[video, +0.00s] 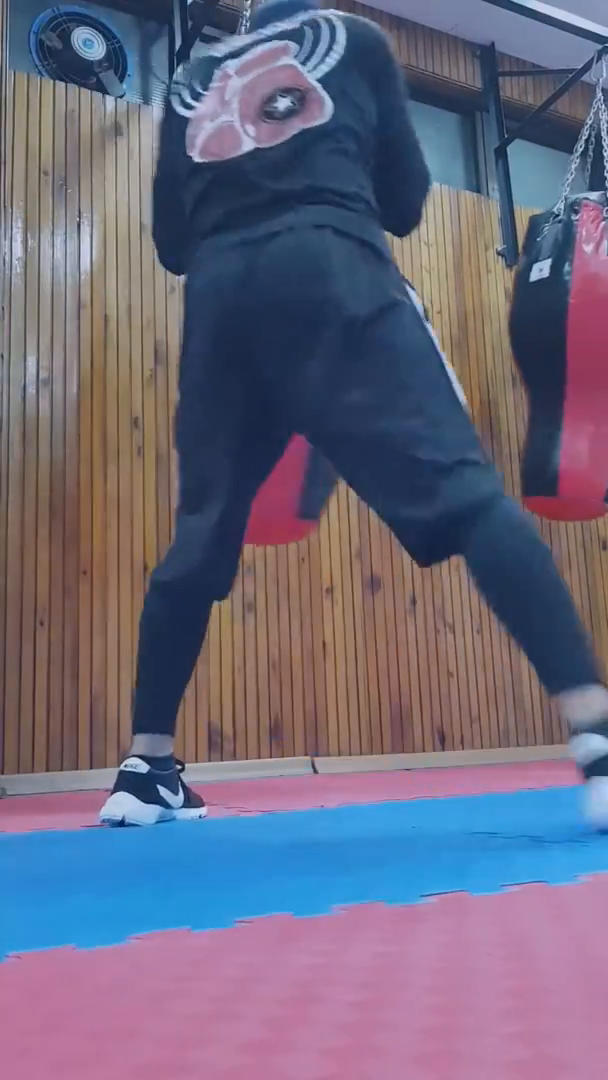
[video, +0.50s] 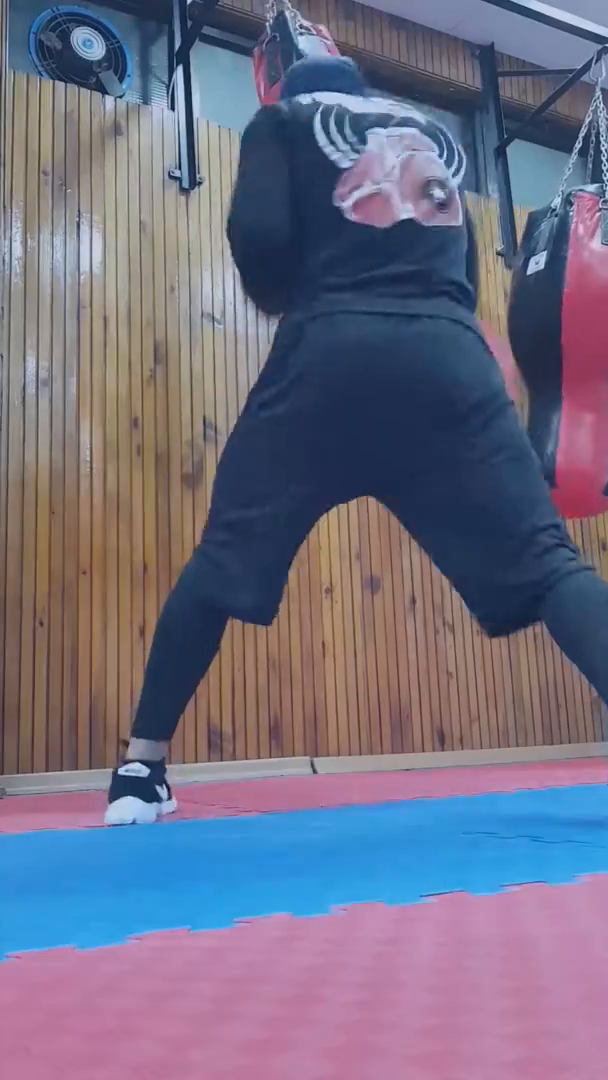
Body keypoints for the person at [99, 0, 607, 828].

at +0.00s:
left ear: (234, 14)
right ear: (307, 3)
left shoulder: (189, 76)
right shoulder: (352, 34)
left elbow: (172, 238)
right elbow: (403, 198)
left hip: (215, 286)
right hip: (330, 262)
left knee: (202, 530)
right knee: (466, 496)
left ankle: (145, 764)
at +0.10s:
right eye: (388, 31)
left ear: (306, 36)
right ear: (379, 27)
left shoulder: (251, 102)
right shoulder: (408, 62)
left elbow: (190, 242)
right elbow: (438, 233)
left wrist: (286, 246)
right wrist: (361, 259)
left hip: (244, 318)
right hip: (363, 293)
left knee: (220, 542)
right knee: (513, 515)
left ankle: (145, 760)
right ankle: (606, 716)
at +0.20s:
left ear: (330, 39)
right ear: (409, 30)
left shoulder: (272, 93)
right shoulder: (443, 62)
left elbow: (210, 231)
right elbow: (459, 228)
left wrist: (312, 223)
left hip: (268, 313)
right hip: (389, 294)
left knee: (231, 539)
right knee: (533, 515)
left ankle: (146, 752)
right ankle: (606, 714)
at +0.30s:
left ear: (314, 26)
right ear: (396, 22)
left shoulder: (266, 80)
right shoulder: (452, 66)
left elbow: (231, 239)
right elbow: (478, 220)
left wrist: (325, 203)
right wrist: (386, 191)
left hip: (293, 309)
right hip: (417, 298)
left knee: (224, 538)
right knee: (537, 521)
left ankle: (140, 755)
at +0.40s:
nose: (258, 82)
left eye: (261, 68)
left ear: (279, 60)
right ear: (344, 52)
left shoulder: (268, 103)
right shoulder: (442, 104)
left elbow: (251, 262)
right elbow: (478, 258)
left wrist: (337, 250)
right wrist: (391, 251)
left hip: (321, 334)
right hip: (443, 329)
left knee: (238, 549)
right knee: (543, 546)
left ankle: (144, 764)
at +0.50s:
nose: (260, 87)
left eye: (260, 76)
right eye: (263, 77)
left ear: (276, 70)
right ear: (347, 67)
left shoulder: (280, 119)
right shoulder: (439, 130)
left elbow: (259, 227)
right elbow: (461, 269)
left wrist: (282, 301)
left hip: (329, 345)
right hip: (447, 344)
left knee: (225, 557)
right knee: (551, 564)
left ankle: (141, 764)